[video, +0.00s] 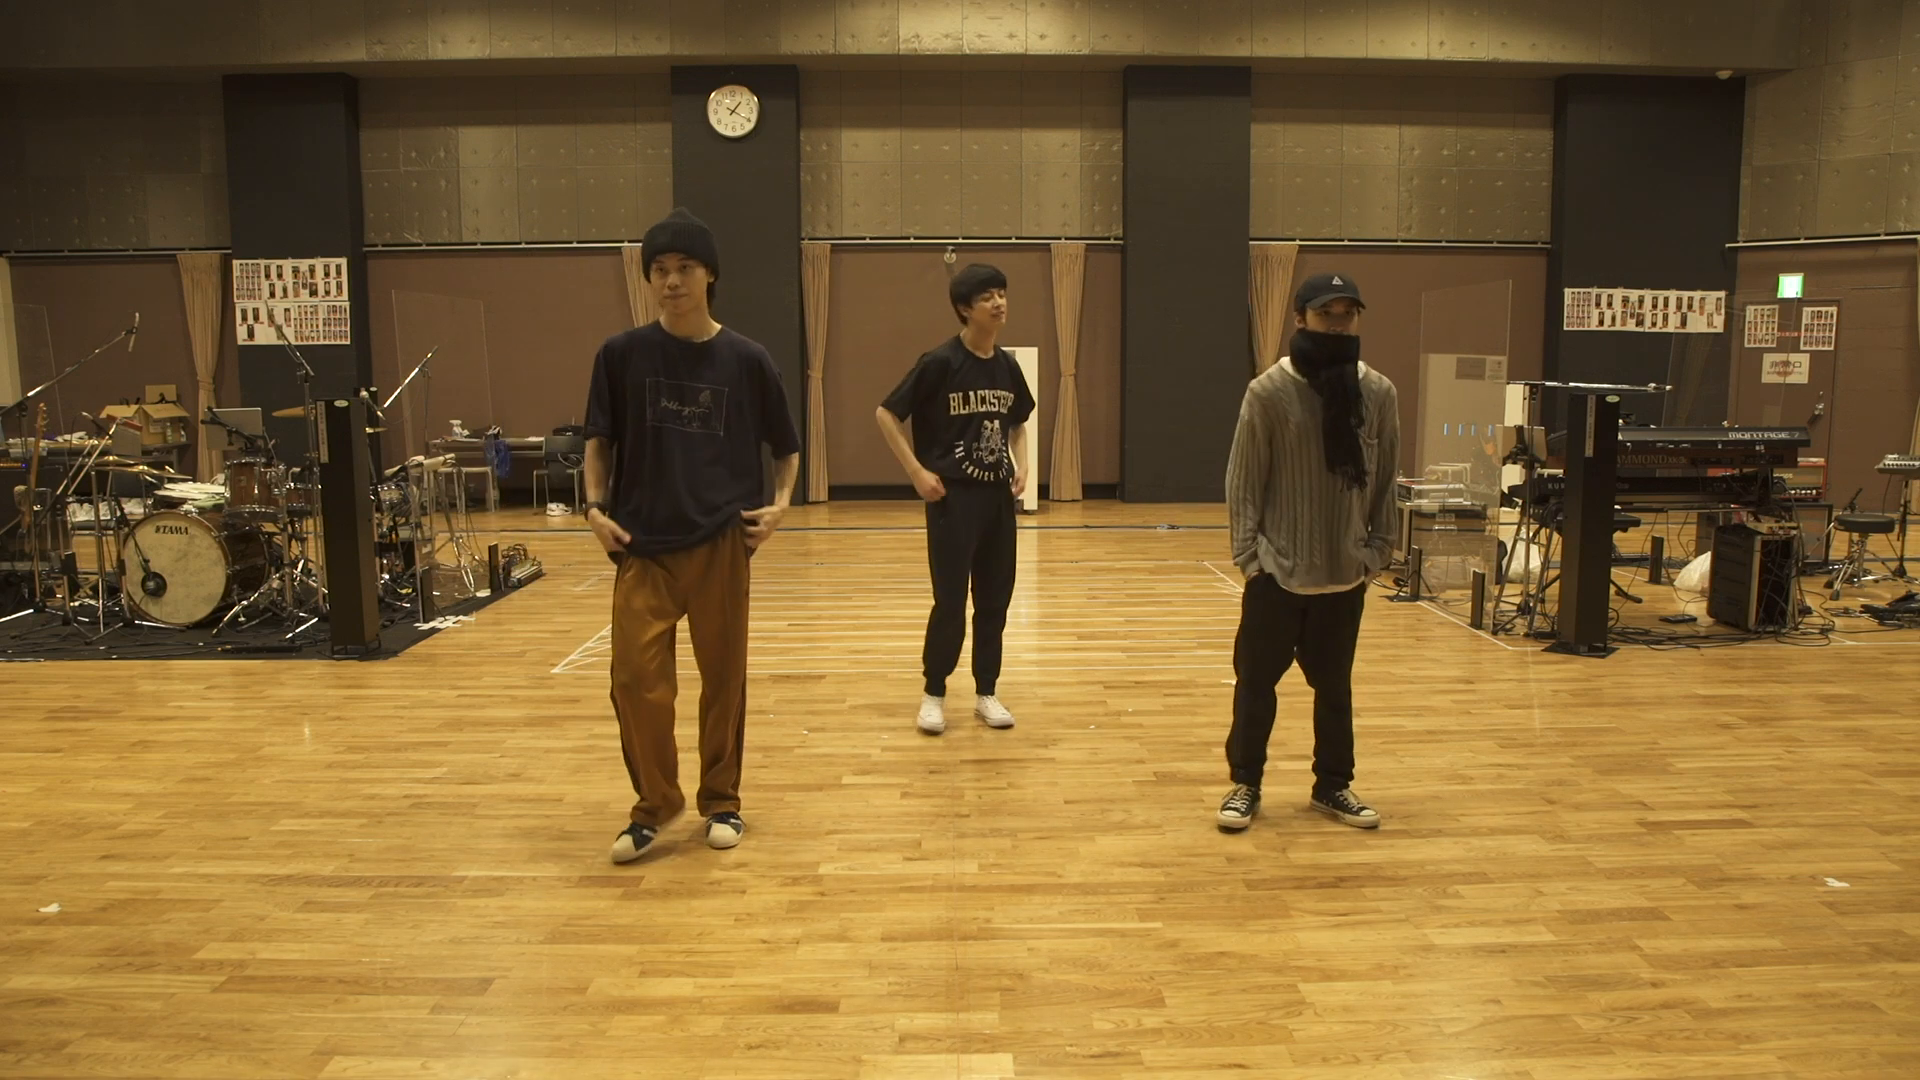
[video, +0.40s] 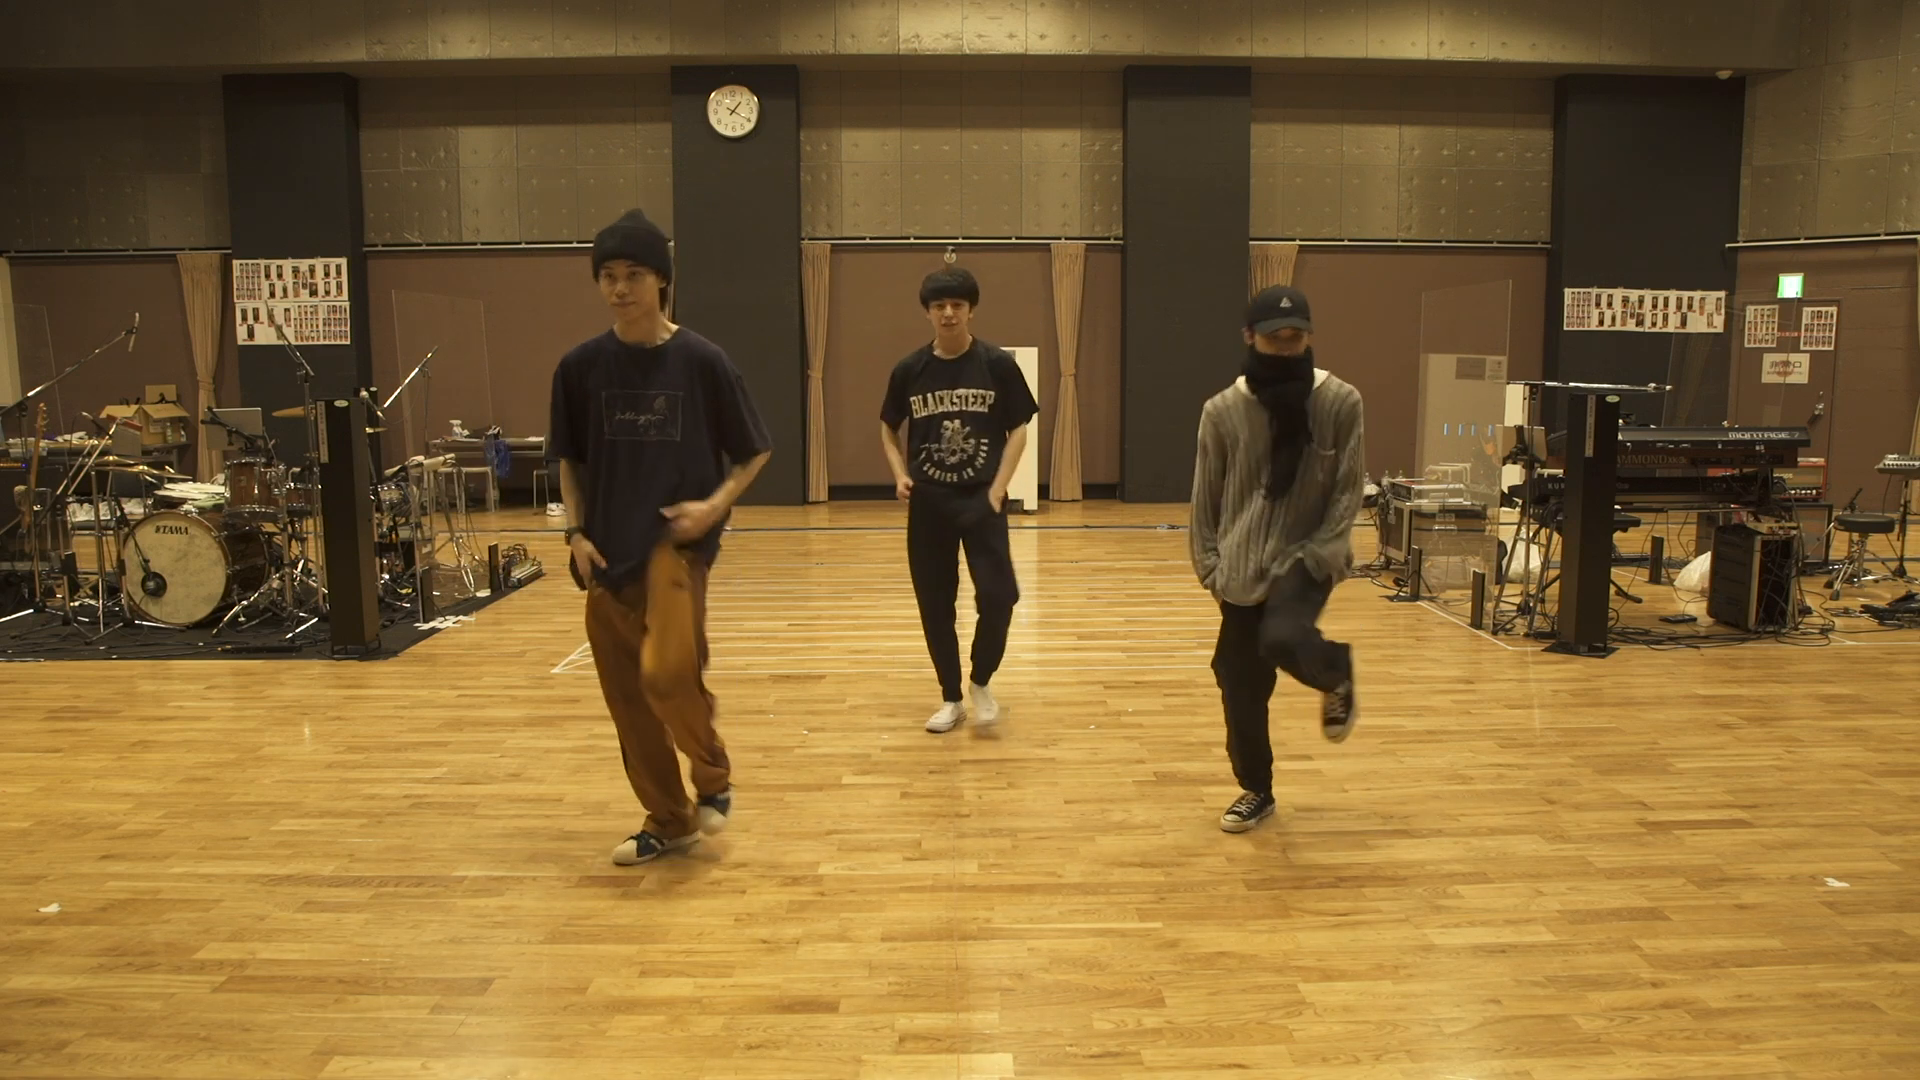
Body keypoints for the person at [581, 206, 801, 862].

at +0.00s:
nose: (671, 282)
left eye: (684, 270)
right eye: (660, 271)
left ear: (710, 276)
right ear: (648, 280)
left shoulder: (747, 361)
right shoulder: (621, 356)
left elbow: (786, 446)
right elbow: (597, 440)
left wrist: (780, 505)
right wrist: (594, 507)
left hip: (721, 546)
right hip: (640, 551)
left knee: (724, 680)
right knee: (634, 683)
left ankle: (722, 806)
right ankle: (654, 807)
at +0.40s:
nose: (620, 289)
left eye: (633, 276)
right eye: (609, 278)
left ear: (663, 280)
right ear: (598, 287)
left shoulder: (702, 362)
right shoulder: (579, 368)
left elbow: (754, 451)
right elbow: (570, 460)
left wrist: (715, 506)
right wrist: (576, 530)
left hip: (676, 551)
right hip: (607, 557)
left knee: (666, 678)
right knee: (628, 698)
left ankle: (711, 774)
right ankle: (668, 818)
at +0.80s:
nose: (538, 337)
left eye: (548, 321)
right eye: (528, 325)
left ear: (581, 312)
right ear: (523, 324)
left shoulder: (620, 379)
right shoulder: (579, 371)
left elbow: (681, 480)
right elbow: (611, 470)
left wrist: (637, 558)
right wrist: (603, 541)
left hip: (654, 567)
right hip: (618, 562)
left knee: (613, 699)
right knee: (632, 689)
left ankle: (635, 859)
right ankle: (673, 808)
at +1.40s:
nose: (605, 297)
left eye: (618, 286)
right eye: (594, 286)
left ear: (647, 286)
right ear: (582, 287)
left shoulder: (684, 360)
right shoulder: (587, 354)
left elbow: (726, 456)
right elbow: (599, 445)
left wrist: (700, 541)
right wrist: (597, 513)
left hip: (676, 550)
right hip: (611, 539)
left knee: (671, 671)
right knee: (589, 660)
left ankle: (673, 780)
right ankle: (651, 748)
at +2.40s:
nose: (552, 298)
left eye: (562, 282)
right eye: (541, 288)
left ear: (596, 280)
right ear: (534, 295)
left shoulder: (643, 363)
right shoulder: (541, 356)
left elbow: (700, 447)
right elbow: (548, 438)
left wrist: (645, 496)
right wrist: (534, 499)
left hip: (618, 543)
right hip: (552, 541)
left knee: (648, 679)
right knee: (545, 679)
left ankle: (688, 822)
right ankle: (548, 805)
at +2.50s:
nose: (534, 291)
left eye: (544, 276)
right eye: (523, 283)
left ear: (578, 275)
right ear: (517, 292)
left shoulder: (631, 360)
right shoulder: (520, 357)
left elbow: (681, 444)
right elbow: (521, 441)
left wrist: (627, 492)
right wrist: (517, 506)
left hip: (602, 533)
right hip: (534, 533)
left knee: (606, 673)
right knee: (538, 675)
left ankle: (617, 815)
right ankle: (547, 805)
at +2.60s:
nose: (527, 290)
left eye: (538, 275)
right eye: (515, 282)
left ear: (571, 276)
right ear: (510, 293)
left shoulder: (626, 360)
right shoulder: (511, 362)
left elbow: (669, 450)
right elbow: (507, 450)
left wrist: (620, 498)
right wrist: (504, 509)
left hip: (594, 536)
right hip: (527, 539)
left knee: (575, 670)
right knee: (529, 675)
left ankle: (581, 795)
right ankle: (536, 805)